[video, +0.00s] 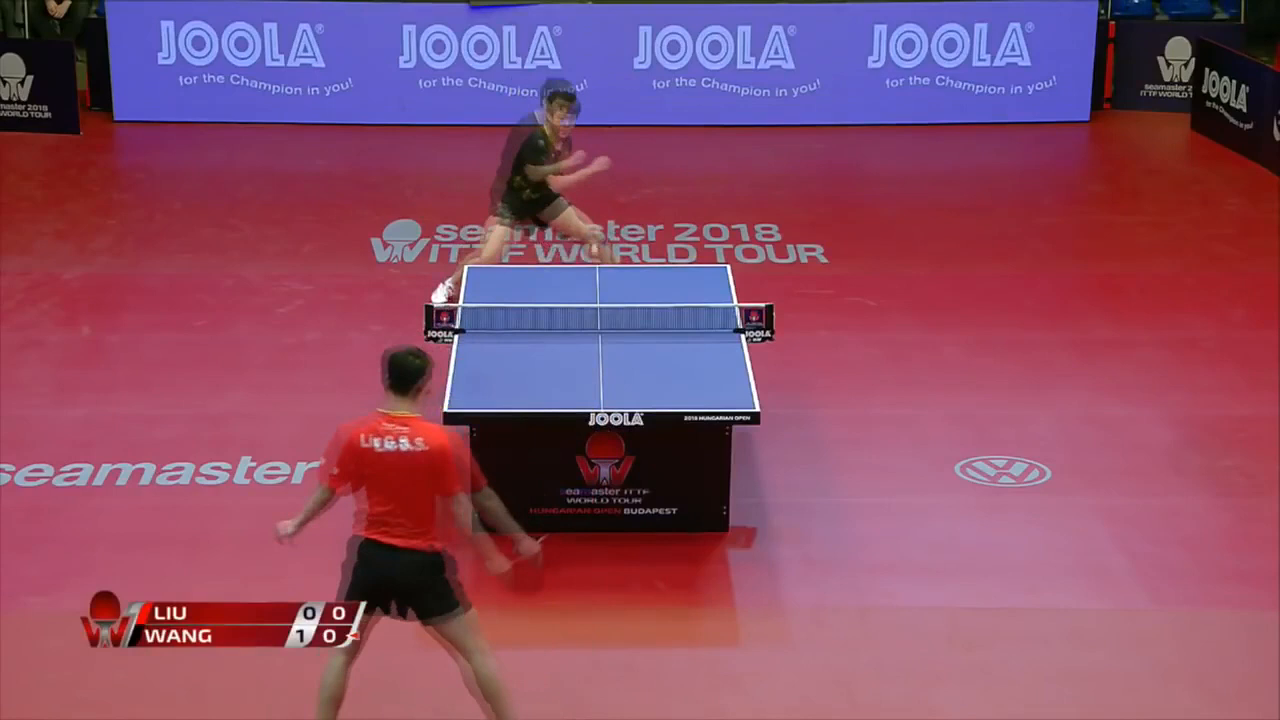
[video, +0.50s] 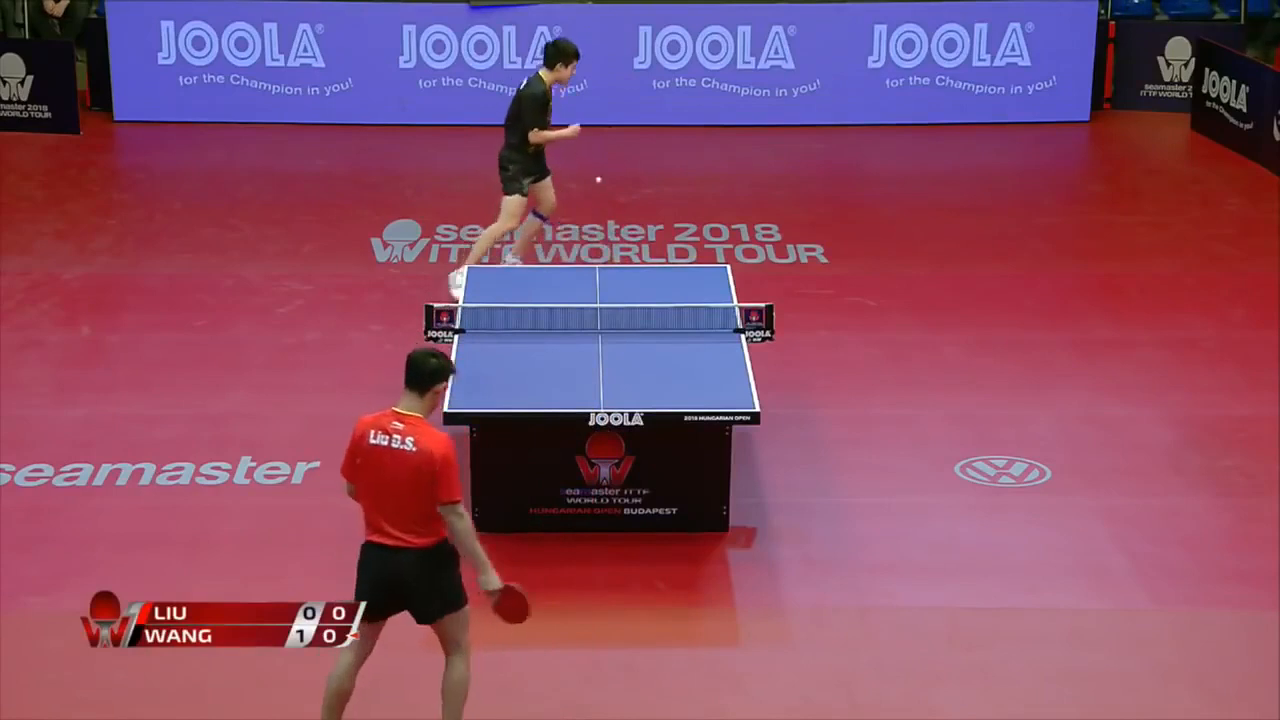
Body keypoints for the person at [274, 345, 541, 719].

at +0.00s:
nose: (430, 387)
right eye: (429, 381)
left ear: (386, 381)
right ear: (424, 386)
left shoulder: (354, 434)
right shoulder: (441, 441)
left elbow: (327, 493)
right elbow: (463, 512)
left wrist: (295, 525)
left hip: (371, 560)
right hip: (424, 565)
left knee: (343, 652)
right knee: (476, 653)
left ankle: (323, 717)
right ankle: (506, 715)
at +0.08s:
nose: (422, 385)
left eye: (422, 379)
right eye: (422, 379)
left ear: (380, 378)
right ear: (415, 384)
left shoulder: (346, 429)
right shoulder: (427, 438)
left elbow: (323, 487)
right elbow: (446, 504)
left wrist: (309, 516)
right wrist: (477, 560)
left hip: (360, 558)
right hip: (413, 563)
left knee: (341, 651)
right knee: (460, 649)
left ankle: (323, 718)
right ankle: (491, 715)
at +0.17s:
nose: (419, 384)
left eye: (420, 377)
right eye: (420, 378)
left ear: (378, 375)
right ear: (413, 383)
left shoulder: (343, 425)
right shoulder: (420, 436)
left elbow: (325, 485)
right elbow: (431, 504)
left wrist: (324, 507)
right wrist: (454, 564)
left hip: (356, 555)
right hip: (408, 559)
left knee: (340, 650)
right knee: (454, 646)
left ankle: (322, 718)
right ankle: (476, 715)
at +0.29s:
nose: (424, 385)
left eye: (424, 378)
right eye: (424, 378)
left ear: (382, 375)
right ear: (414, 384)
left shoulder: (345, 420)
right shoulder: (415, 438)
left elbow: (334, 485)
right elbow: (422, 508)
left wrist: (372, 499)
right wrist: (443, 569)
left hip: (355, 555)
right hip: (404, 559)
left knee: (342, 649)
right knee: (448, 643)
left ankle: (321, 718)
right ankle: (455, 716)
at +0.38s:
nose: (431, 388)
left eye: (431, 380)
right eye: (431, 381)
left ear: (390, 377)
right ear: (421, 386)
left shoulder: (351, 422)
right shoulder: (421, 440)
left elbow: (340, 484)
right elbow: (429, 510)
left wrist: (385, 489)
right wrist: (454, 570)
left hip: (362, 558)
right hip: (410, 562)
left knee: (345, 649)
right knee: (448, 646)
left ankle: (322, 718)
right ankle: (449, 717)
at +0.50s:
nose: (446, 394)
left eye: (446, 387)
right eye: (446, 387)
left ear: (406, 381)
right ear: (437, 389)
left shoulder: (366, 426)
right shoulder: (437, 445)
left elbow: (353, 489)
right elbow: (453, 513)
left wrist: (396, 499)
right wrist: (486, 571)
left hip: (377, 562)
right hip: (429, 566)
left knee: (355, 648)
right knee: (457, 652)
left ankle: (328, 717)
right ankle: (451, 718)